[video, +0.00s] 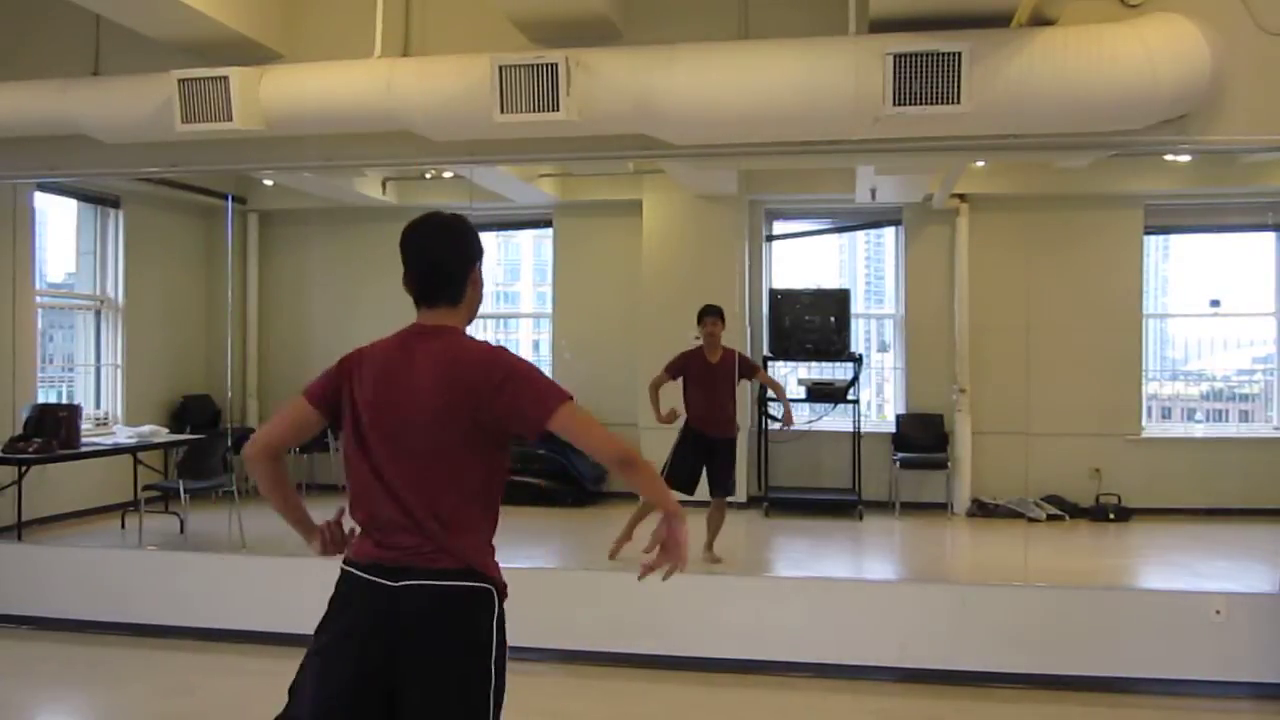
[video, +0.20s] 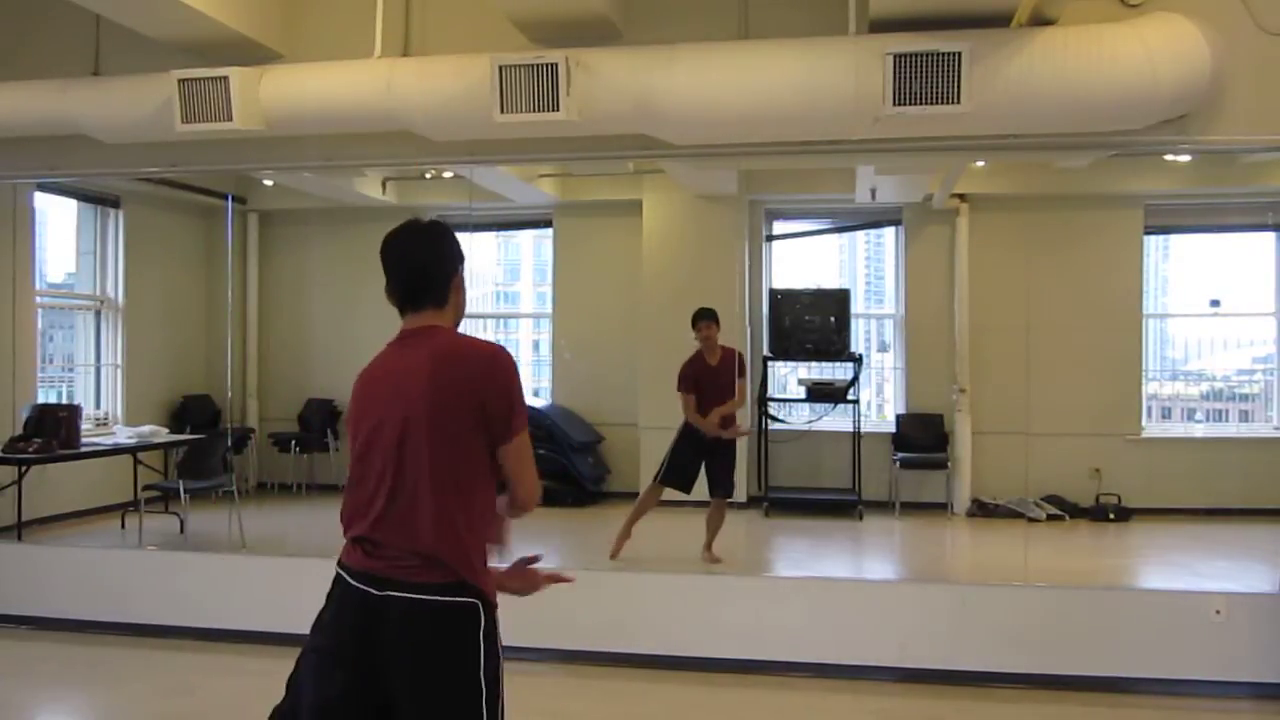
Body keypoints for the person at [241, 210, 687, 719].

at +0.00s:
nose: (483, 280)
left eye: (477, 270)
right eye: (482, 270)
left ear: (407, 283)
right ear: (476, 278)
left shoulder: (361, 367)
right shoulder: (495, 368)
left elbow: (260, 450)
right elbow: (616, 454)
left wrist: (311, 530)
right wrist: (671, 508)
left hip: (362, 601)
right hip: (458, 609)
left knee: (314, 711)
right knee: (458, 710)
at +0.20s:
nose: (465, 287)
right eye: (463, 275)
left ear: (392, 290)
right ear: (457, 282)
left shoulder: (371, 375)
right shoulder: (487, 363)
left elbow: (390, 519)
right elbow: (525, 494)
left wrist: (498, 578)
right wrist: (495, 511)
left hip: (356, 607)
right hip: (445, 619)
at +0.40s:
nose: (425, 286)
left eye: (422, 275)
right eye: (424, 274)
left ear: (348, 286)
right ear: (413, 277)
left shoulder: (352, 377)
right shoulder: (433, 324)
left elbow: (452, 483)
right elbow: (523, 429)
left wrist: (561, 503)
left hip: (361, 591)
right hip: (444, 600)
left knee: (318, 711)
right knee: (470, 712)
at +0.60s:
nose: (416, 282)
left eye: (416, 270)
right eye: (415, 270)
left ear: (341, 276)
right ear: (404, 276)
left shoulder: (327, 378)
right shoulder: (396, 345)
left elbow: (337, 491)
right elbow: (490, 381)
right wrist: (545, 349)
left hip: (359, 574)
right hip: (435, 582)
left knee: (317, 709)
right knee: (451, 711)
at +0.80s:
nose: (435, 291)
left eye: (433, 278)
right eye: (435, 279)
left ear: (362, 276)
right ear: (425, 285)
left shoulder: (296, 350)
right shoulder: (409, 365)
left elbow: (213, 423)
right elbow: (537, 442)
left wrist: (291, 420)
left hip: (315, 597)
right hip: (398, 595)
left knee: (311, 711)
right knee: (446, 711)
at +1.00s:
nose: (397, 277)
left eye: (396, 263)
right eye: (396, 262)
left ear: (322, 265)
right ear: (384, 264)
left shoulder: (277, 351)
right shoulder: (397, 357)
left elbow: (270, 464)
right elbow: (413, 504)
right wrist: (430, 530)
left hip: (276, 583)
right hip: (362, 587)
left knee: (252, 711)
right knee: (398, 712)